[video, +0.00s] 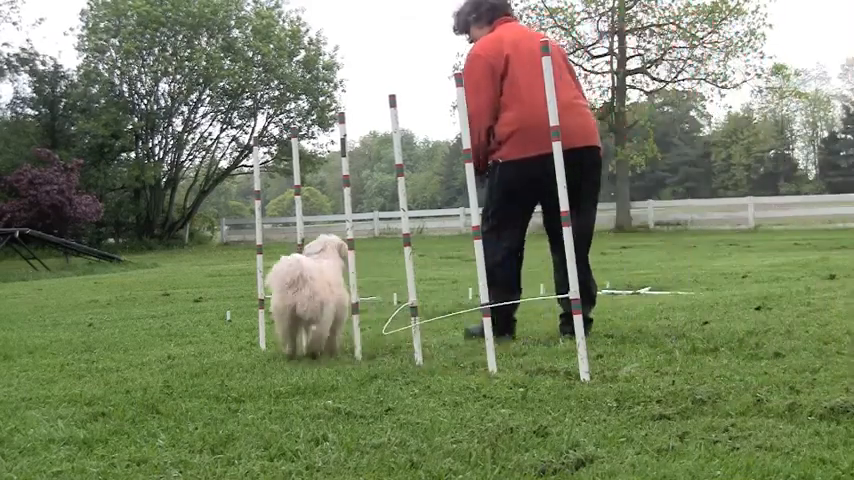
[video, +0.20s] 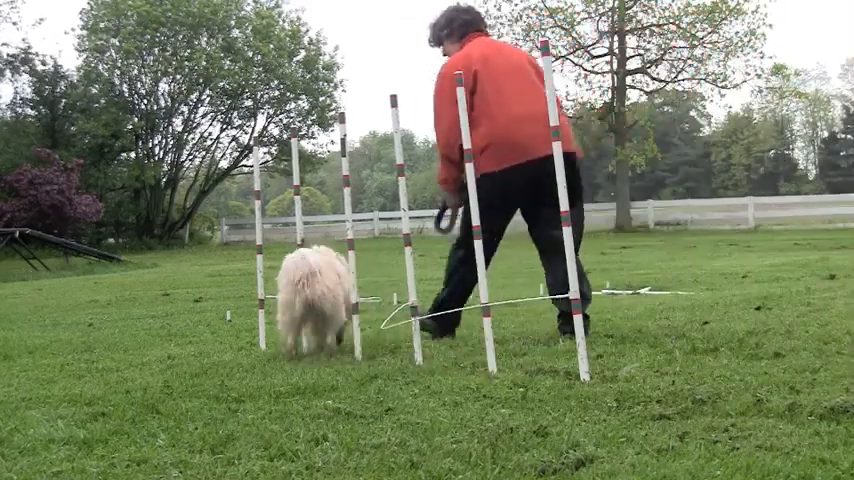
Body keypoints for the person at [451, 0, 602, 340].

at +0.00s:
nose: (470, 41)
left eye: (469, 33)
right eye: (467, 35)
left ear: (480, 21)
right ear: (506, 16)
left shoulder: (484, 51)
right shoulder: (549, 43)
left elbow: (479, 117)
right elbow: (575, 92)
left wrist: (479, 163)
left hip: (524, 150)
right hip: (582, 144)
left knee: (501, 235)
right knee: (572, 234)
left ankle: (499, 322)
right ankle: (577, 319)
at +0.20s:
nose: (444, 54)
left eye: (444, 46)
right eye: (442, 48)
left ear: (457, 35)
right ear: (480, 31)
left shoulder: (456, 65)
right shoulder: (521, 55)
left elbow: (449, 134)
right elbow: (552, 104)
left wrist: (450, 186)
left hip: (501, 160)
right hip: (557, 152)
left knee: (472, 245)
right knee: (558, 240)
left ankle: (441, 320)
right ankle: (574, 318)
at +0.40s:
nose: (399, 75)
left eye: (400, 68)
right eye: (397, 69)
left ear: (411, 59)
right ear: (434, 54)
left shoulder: (409, 90)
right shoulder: (474, 71)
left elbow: (391, 160)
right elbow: (511, 113)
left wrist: (367, 202)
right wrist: (533, 154)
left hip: (459, 169)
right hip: (517, 155)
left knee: (440, 248)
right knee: (541, 238)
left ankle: (430, 328)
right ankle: (569, 318)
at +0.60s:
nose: (368, 83)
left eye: (367, 78)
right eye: (366, 78)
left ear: (374, 71)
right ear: (402, 62)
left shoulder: (377, 93)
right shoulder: (440, 76)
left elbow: (358, 148)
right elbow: (474, 105)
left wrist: (322, 145)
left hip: (437, 160)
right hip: (493, 147)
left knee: (427, 245)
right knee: (514, 232)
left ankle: (429, 325)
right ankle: (555, 292)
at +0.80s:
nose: (359, 74)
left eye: (359, 68)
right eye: (357, 69)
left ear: (368, 59)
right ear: (394, 52)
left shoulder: (368, 82)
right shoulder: (430, 67)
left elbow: (361, 153)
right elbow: (460, 101)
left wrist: (342, 150)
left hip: (429, 152)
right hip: (481, 141)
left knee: (427, 241)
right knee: (486, 230)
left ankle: (430, 324)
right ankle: (525, 289)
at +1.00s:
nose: (361, 55)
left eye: (361, 49)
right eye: (360, 49)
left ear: (369, 44)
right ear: (398, 39)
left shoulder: (366, 73)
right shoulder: (431, 60)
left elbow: (363, 146)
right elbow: (464, 101)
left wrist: (378, 124)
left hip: (423, 153)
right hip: (474, 147)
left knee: (427, 238)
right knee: (461, 234)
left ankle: (431, 326)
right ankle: (468, 317)